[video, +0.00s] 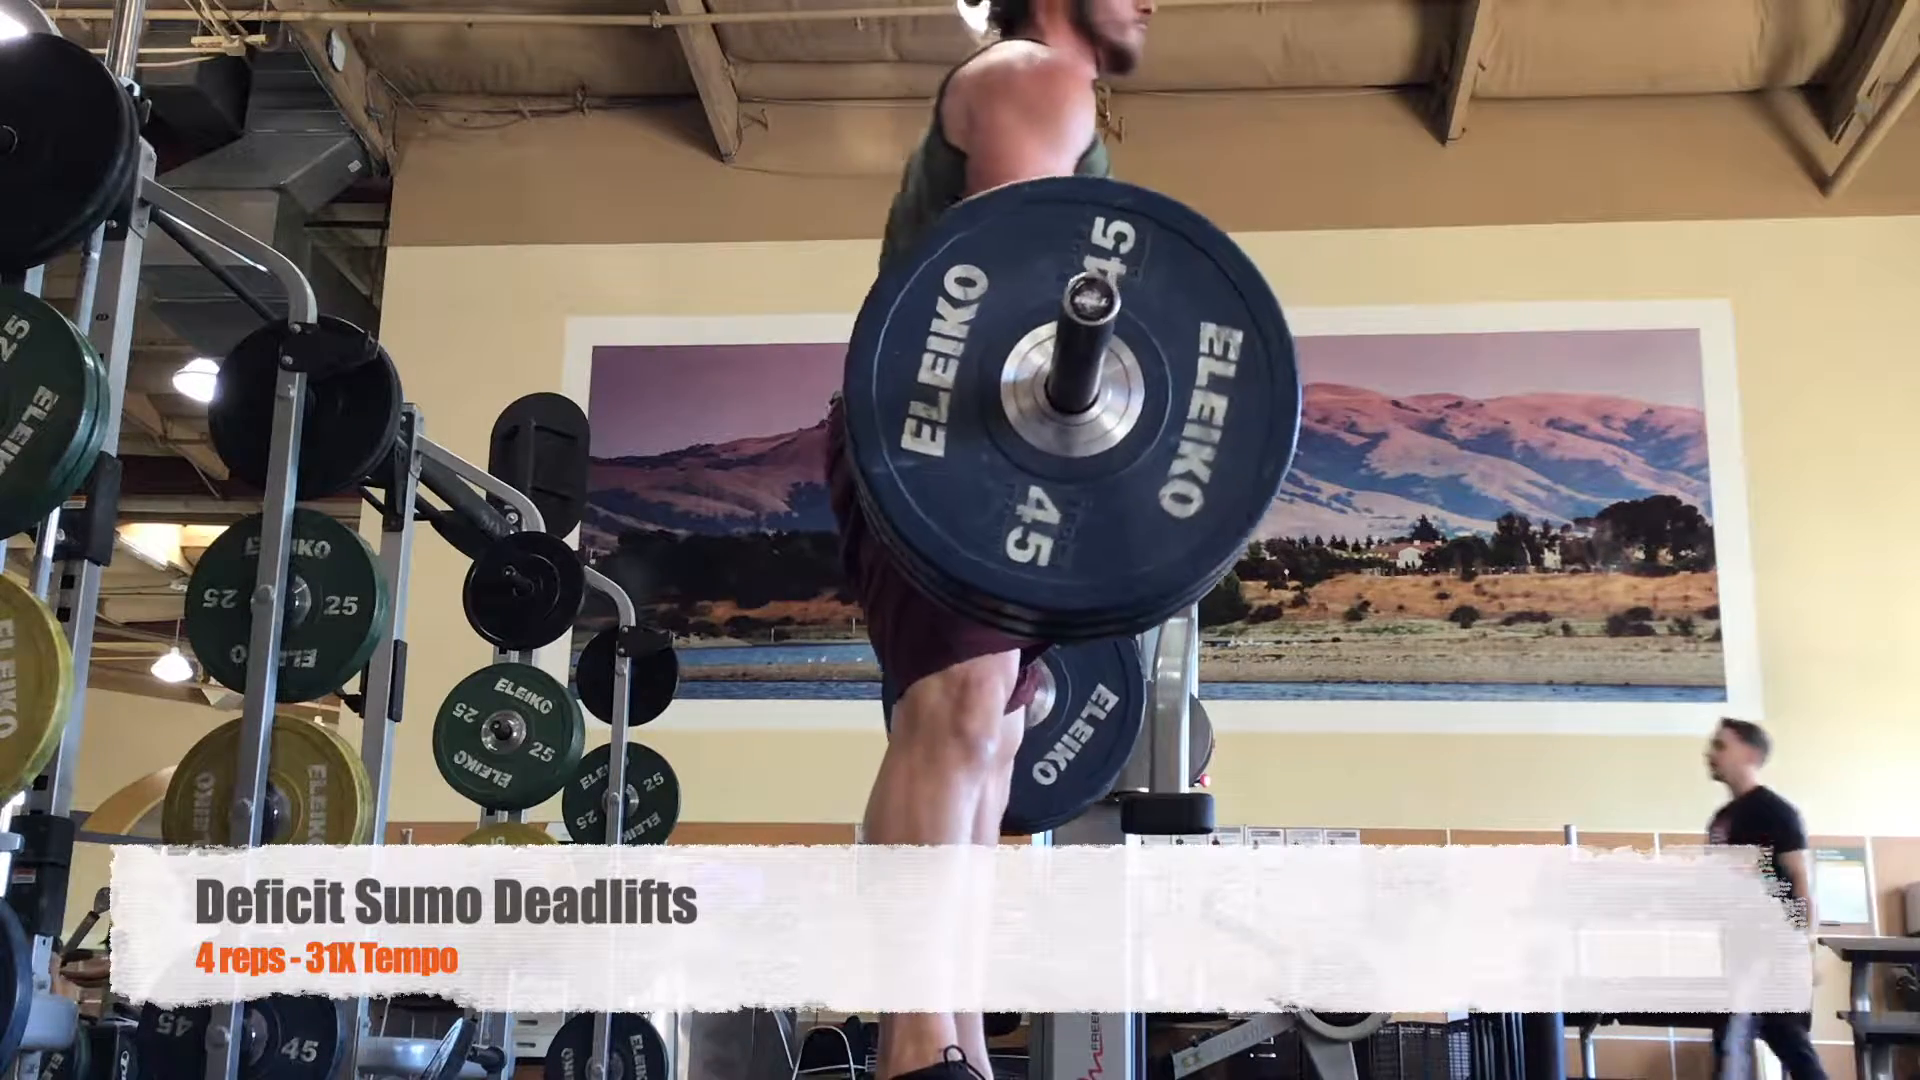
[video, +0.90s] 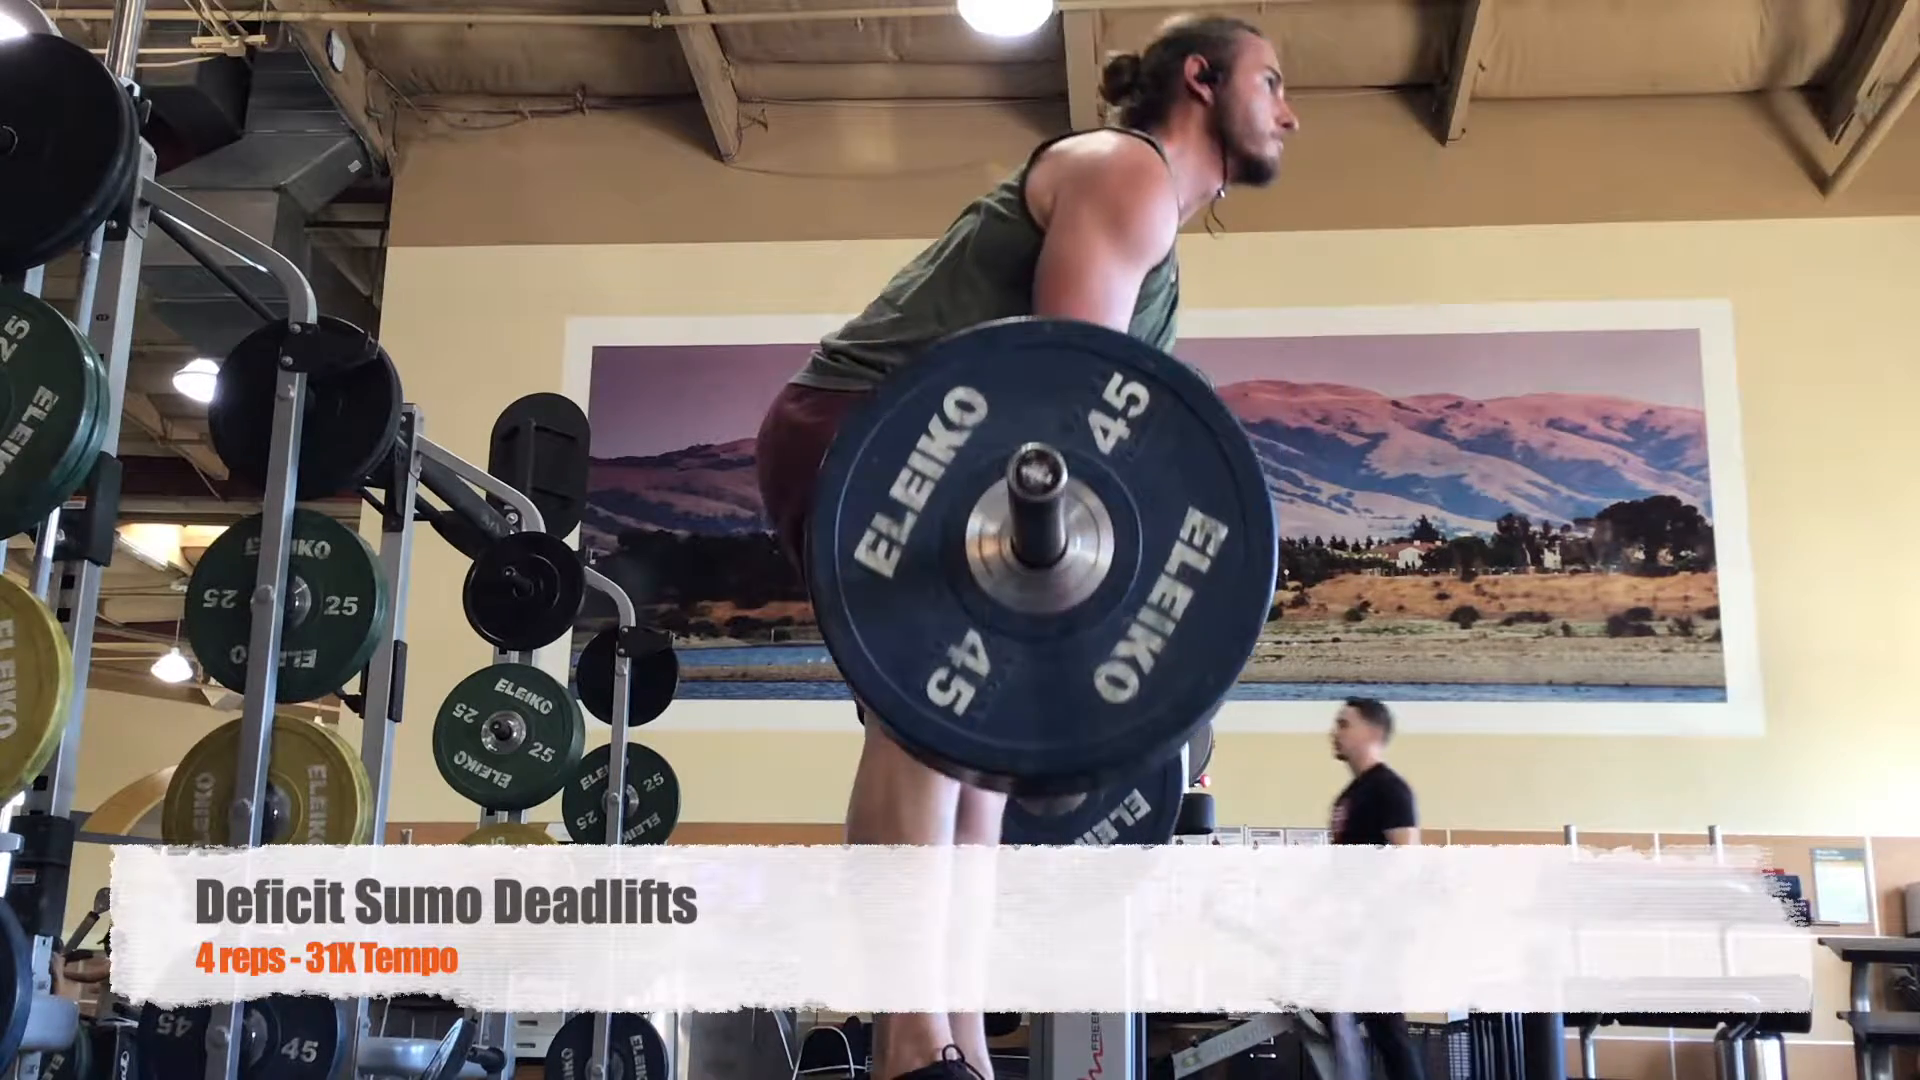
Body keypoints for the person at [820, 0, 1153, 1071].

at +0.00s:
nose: (1148, 6)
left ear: (1058, 14)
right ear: (1061, 1)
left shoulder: (1053, 96)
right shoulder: (1031, 75)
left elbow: (1035, 328)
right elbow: (1030, 312)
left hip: (981, 443)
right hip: (926, 430)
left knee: (996, 718)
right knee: (961, 704)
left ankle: (953, 1035)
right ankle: (914, 1047)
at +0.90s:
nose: (1289, 111)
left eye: (1287, 91)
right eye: (1271, 84)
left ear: (1205, 91)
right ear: (1199, 85)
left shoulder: (1158, 223)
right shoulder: (1127, 174)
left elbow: (1092, 413)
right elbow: (1068, 389)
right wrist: (1078, 584)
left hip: (919, 443)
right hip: (848, 423)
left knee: (985, 727)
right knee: (920, 712)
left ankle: (956, 1034)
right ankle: (907, 1041)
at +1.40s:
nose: (1339, 240)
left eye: (1339, 217)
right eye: (1324, 209)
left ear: (1252, 212)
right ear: (1252, 202)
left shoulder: (1186, 399)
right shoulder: (1148, 282)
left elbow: (1144, 547)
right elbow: (1085, 516)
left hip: (897, 481)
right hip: (830, 448)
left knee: (976, 743)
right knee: (937, 729)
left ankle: (967, 1044)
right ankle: (919, 1040)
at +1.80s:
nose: (1374, 399)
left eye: (1373, 373)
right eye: (1358, 363)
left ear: (1289, 350)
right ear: (1284, 344)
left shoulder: (1188, 540)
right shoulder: (1164, 417)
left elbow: (1140, 696)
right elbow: (1087, 663)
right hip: (811, 514)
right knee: (1041, 690)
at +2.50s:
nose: (1361, 258)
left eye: (1364, 235)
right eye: (1350, 225)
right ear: (1274, 206)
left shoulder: (1189, 395)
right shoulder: (1165, 286)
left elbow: (1145, 543)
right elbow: (1089, 502)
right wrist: (1091, 661)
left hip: (911, 466)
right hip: (840, 434)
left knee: (981, 728)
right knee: (945, 713)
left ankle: (965, 1037)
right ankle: (922, 1039)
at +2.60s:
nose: (1313, 149)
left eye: (1312, 133)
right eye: (1295, 125)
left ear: (1229, 134)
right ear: (1224, 123)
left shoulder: (1173, 311)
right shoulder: (1142, 208)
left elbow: (1177, 454)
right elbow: (1085, 397)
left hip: (910, 446)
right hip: (849, 422)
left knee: (974, 728)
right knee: (941, 713)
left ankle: (956, 1038)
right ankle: (922, 1040)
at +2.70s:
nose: (1246, 57)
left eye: (1237, 35)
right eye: (1224, 31)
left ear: (1162, 60)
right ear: (1161, 54)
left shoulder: (1136, 168)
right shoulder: (1114, 133)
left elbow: (1080, 349)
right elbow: (1060, 311)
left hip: (934, 429)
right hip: (858, 413)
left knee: (978, 722)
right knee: (921, 705)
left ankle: (959, 1031)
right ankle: (912, 1039)